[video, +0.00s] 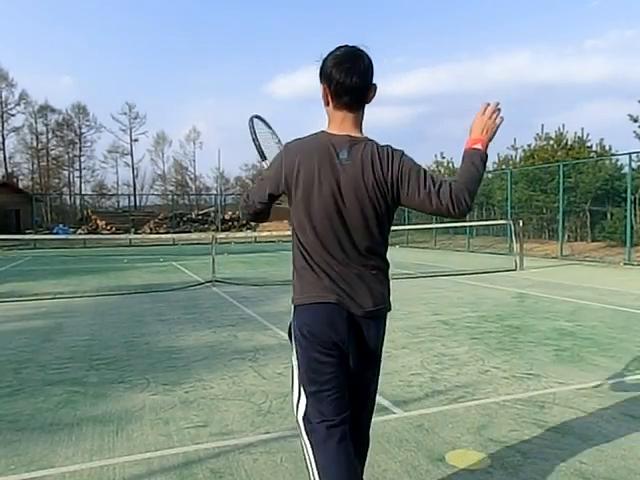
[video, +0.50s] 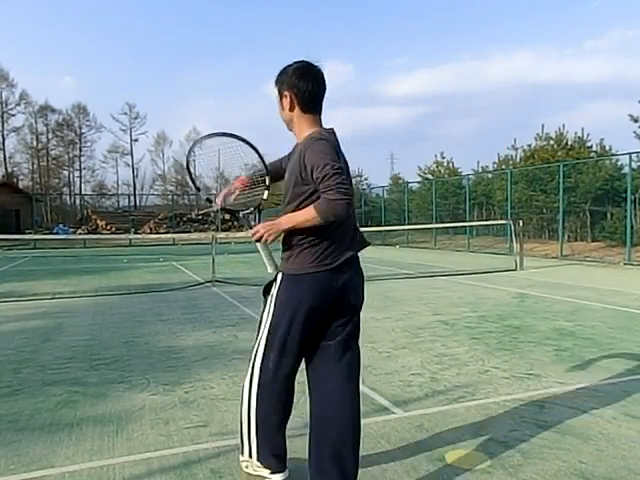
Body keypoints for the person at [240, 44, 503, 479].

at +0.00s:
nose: (323, 94)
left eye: (322, 87)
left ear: (324, 93)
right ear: (371, 95)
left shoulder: (294, 155)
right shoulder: (387, 161)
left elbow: (252, 206)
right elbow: (456, 201)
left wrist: (267, 182)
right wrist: (477, 143)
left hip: (316, 310)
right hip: (371, 309)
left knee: (325, 423)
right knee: (356, 422)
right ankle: (349, 478)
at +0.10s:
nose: (312, 93)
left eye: (312, 87)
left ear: (315, 92)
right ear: (360, 94)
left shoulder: (292, 155)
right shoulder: (381, 159)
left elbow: (247, 209)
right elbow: (439, 197)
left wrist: (266, 208)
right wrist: (458, 140)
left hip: (312, 304)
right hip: (367, 306)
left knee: (311, 413)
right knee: (362, 417)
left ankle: (331, 478)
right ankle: (355, 479)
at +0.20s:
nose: (301, 95)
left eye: (301, 89)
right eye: (306, 89)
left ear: (306, 93)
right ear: (347, 93)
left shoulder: (297, 157)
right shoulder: (372, 154)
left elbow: (252, 215)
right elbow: (405, 178)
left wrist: (253, 188)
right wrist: (428, 131)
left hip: (311, 300)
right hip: (364, 303)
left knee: (295, 406)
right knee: (355, 413)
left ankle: (315, 477)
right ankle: (354, 478)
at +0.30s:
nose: (293, 103)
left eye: (292, 95)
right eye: (292, 95)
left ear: (301, 96)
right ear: (336, 95)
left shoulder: (307, 155)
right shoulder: (355, 148)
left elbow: (281, 218)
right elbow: (362, 142)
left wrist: (259, 221)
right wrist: (371, 118)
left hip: (309, 294)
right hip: (358, 291)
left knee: (286, 400)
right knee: (346, 404)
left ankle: (289, 475)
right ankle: (345, 476)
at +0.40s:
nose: (286, 104)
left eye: (285, 96)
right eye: (286, 96)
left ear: (295, 97)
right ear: (326, 94)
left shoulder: (315, 151)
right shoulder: (341, 140)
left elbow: (314, 213)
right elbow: (312, 141)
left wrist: (272, 223)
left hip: (307, 282)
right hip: (350, 281)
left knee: (276, 386)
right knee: (340, 391)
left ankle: (264, 472)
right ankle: (339, 474)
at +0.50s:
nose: (279, 108)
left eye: (278, 100)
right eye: (279, 100)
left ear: (288, 100)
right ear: (319, 98)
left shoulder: (315, 148)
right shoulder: (321, 143)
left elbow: (337, 203)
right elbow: (282, 168)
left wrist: (281, 223)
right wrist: (247, 180)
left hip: (306, 276)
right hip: (342, 275)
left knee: (270, 367)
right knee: (336, 379)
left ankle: (263, 459)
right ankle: (337, 471)